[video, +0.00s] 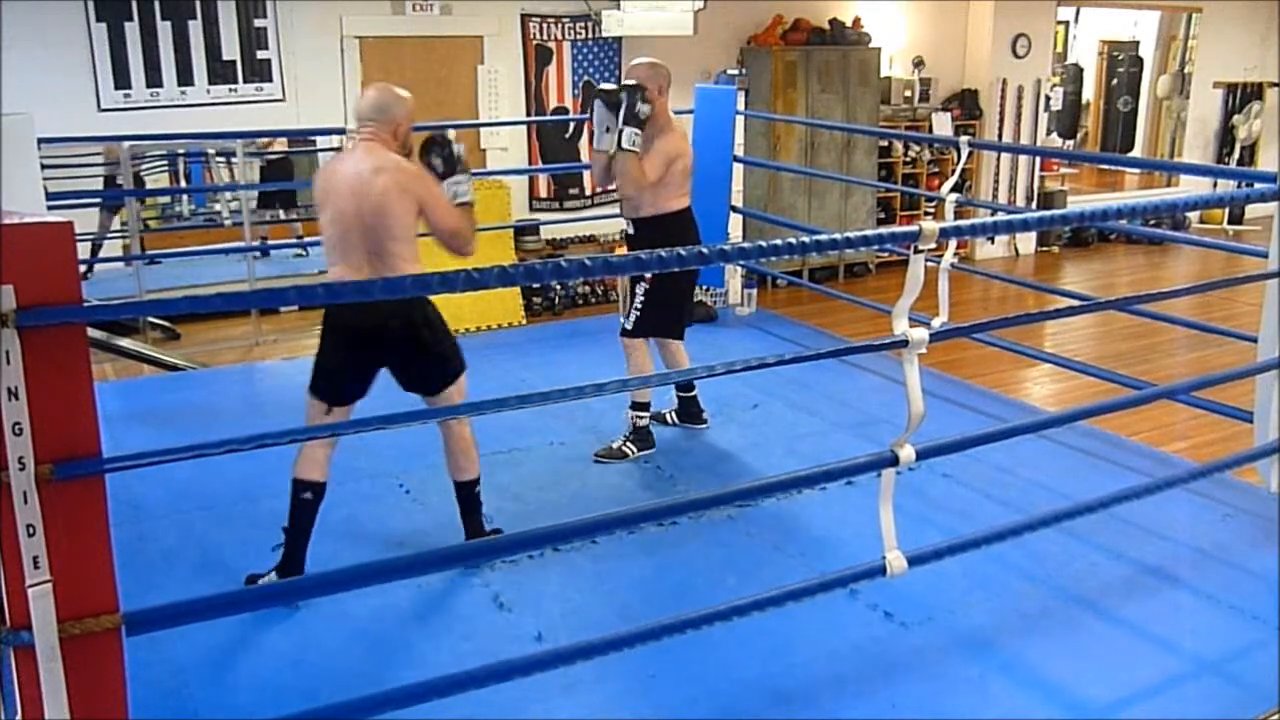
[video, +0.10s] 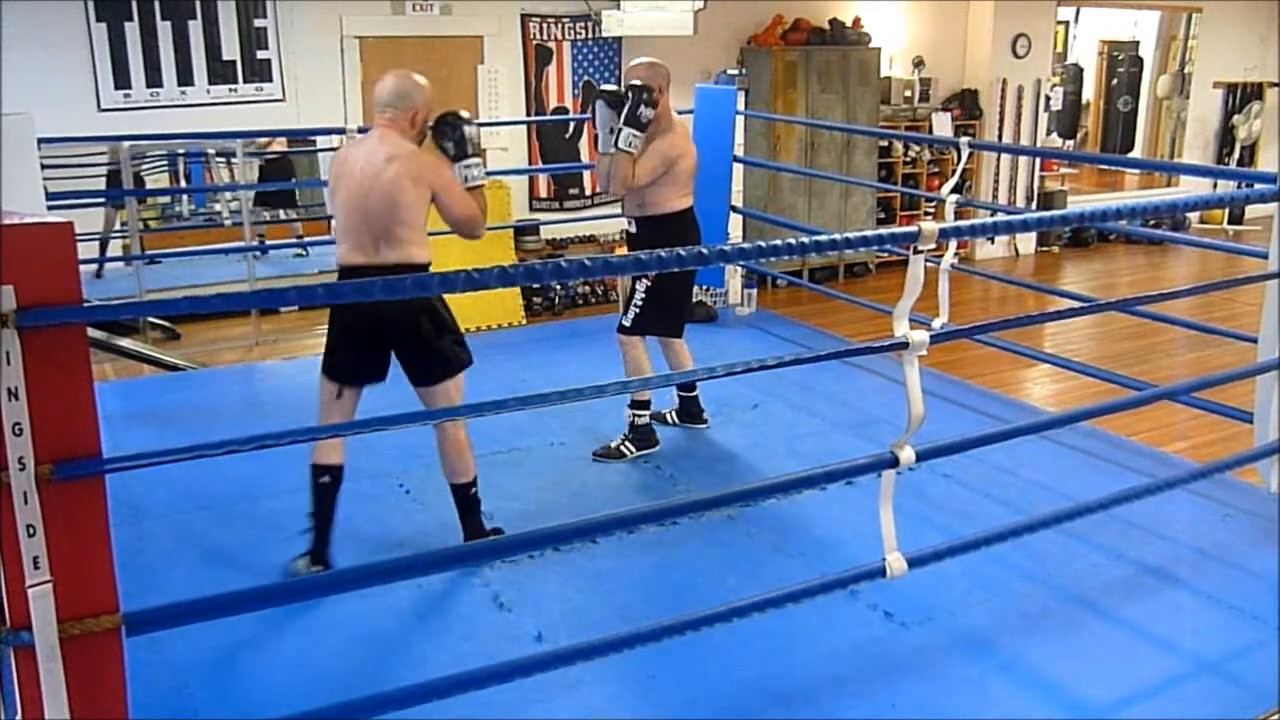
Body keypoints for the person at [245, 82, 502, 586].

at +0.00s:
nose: (411, 133)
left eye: (411, 127)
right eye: (410, 127)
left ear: (359, 124)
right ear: (397, 128)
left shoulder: (326, 174)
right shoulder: (407, 174)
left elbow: (368, 220)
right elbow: (462, 241)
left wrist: (418, 176)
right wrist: (455, 181)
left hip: (345, 318)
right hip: (406, 314)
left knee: (320, 432)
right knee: (453, 418)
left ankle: (292, 560)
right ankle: (476, 529)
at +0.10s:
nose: (427, 123)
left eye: (427, 116)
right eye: (426, 116)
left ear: (375, 111)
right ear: (417, 116)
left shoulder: (341, 157)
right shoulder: (422, 161)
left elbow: (347, 214)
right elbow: (472, 224)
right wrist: (466, 166)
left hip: (352, 305)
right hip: (413, 302)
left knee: (332, 421)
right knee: (448, 417)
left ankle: (319, 548)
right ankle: (474, 530)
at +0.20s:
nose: (431, 120)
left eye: (432, 114)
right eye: (432, 114)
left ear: (381, 105)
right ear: (421, 113)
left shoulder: (346, 154)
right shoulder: (427, 158)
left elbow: (375, 200)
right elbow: (472, 222)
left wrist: (419, 149)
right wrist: (464, 163)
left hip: (357, 298)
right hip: (417, 296)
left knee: (346, 419)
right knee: (449, 414)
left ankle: (345, 544)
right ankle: (473, 529)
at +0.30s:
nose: (432, 129)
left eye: (432, 122)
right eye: (432, 122)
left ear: (381, 115)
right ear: (419, 123)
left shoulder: (347, 163)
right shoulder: (424, 171)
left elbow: (372, 215)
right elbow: (472, 236)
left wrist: (421, 164)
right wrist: (454, 175)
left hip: (361, 308)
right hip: (421, 305)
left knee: (355, 422)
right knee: (476, 400)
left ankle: (347, 548)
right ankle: (475, 524)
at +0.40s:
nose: (439, 128)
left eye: (438, 121)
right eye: (437, 120)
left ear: (386, 120)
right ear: (422, 121)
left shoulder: (353, 169)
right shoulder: (434, 169)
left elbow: (370, 225)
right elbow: (484, 240)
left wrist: (436, 191)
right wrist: (480, 195)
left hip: (377, 307)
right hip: (439, 301)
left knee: (364, 420)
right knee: (495, 382)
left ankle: (346, 548)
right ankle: (504, 503)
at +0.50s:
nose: (455, 125)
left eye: (453, 119)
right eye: (453, 119)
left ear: (402, 119)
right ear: (442, 121)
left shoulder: (371, 171)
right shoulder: (461, 161)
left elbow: (375, 235)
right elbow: (532, 193)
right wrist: (536, 175)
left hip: (399, 302)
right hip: (462, 295)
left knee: (376, 423)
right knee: (514, 389)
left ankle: (349, 546)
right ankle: (552, 484)